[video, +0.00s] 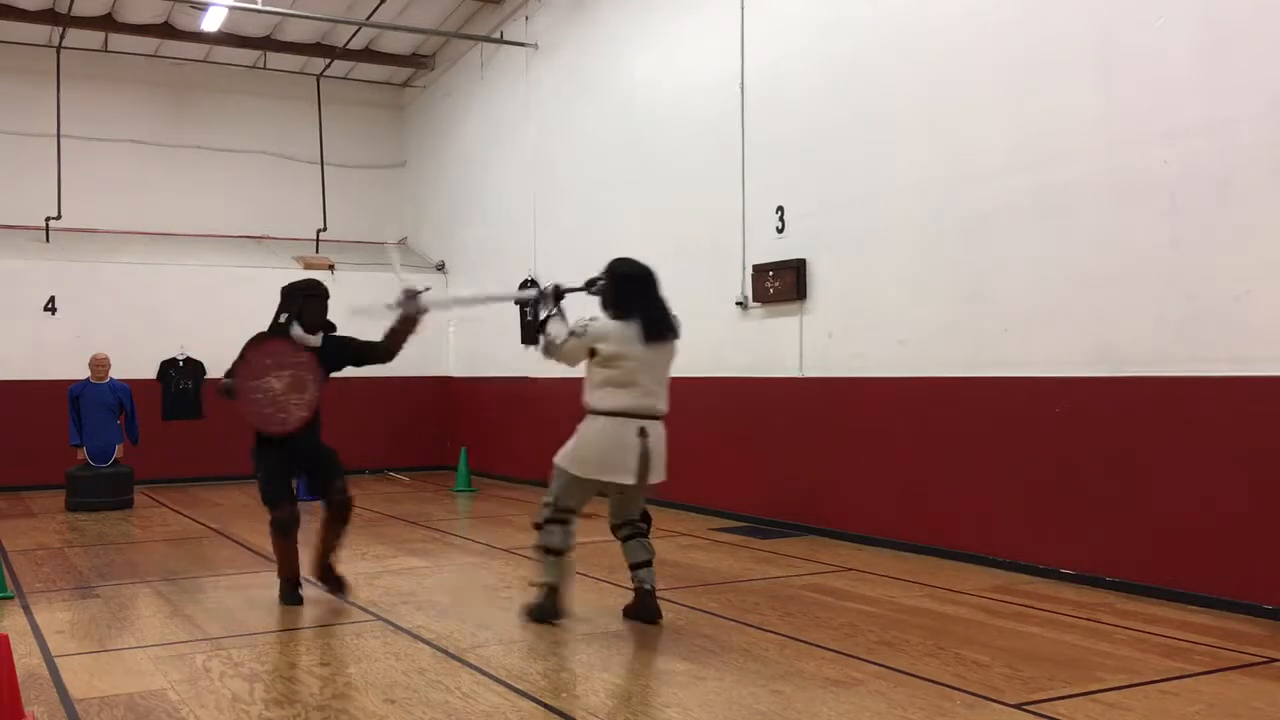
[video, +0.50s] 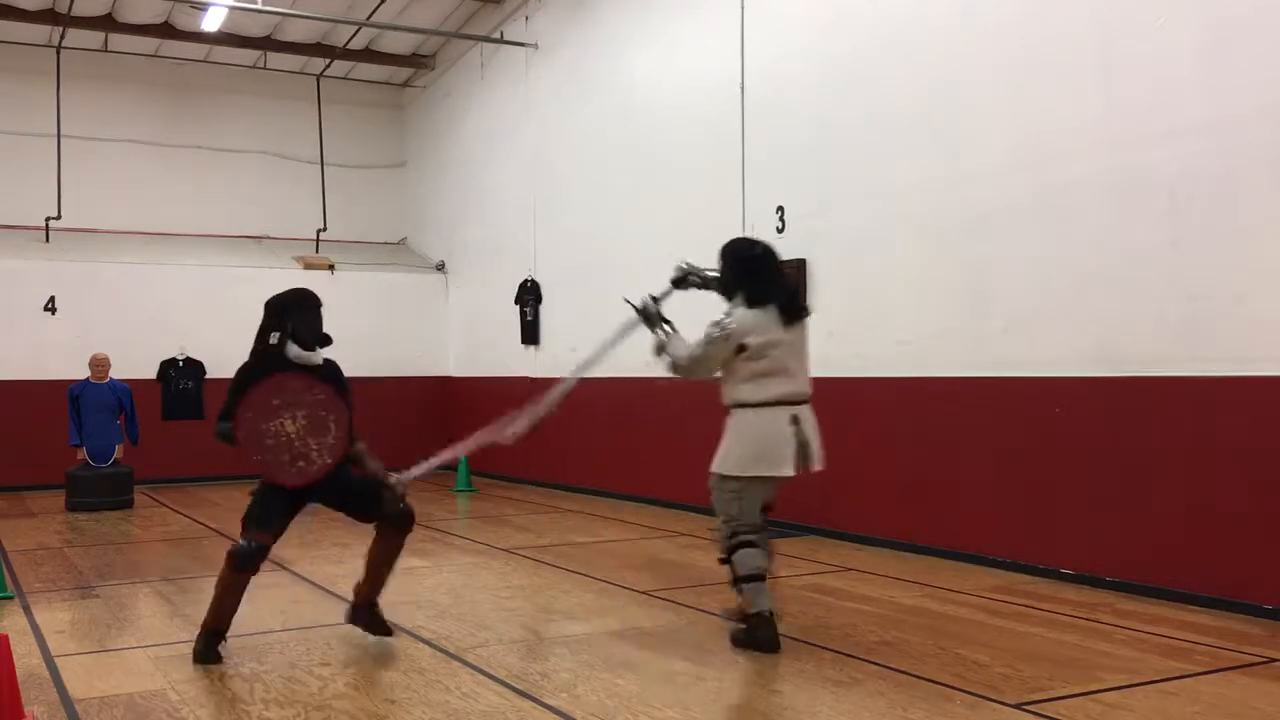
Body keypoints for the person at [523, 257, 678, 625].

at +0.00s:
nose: (603, 291)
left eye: (608, 285)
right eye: (605, 284)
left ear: (616, 292)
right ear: (648, 290)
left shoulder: (602, 330)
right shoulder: (666, 332)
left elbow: (561, 348)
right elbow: (645, 314)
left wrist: (551, 308)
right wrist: (613, 290)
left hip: (602, 434)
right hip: (649, 437)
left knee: (559, 512)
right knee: (629, 518)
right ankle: (646, 597)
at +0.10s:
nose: (629, 288)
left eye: (632, 282)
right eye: (628, 280)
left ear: (640, 289)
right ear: (675, 286)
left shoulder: (627, 328)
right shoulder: (690, 330)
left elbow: (585, 343)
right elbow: (663, 314)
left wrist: (576, 306)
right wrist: (635, 288)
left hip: (627, 432)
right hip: (673, 435)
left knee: (591, 514)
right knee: (641, 517)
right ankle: (648, 598)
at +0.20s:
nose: (652, 291)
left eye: (655, 285)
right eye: (651, 284)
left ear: (664, 290)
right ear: (697, 286)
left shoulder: (653, 330)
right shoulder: (713, 327)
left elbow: (609, 343)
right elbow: (691, 294)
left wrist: (594, 299)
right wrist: (652, 267)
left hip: (653, 436)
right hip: (696, 436)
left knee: (633, 528)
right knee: (655, 517)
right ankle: (647, 600)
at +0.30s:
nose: (675, 290)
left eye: (677, 283)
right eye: (674, 282)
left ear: (687, 288)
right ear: (719, 283)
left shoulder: (680, 331)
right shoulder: (740, 323)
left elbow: (631, 345)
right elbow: (719, 288)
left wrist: (615, 304)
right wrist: (677, 265)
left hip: (687, 436)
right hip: (728, 434)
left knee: (688, 531)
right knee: (676, 523)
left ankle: (743, 606)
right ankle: (655, 598)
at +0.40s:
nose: (695, 289)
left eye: (698, 282)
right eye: (693, 282)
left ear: (708, 286)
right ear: (743, 279)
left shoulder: (706, 331)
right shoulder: (765, 319)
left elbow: (656, 351)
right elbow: (733, 287)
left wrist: (632, 308)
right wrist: (690, 268)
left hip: (722, 441)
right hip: (762, 438)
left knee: (731, 534)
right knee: (710, 521)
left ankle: (760, 623)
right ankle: (684, 595)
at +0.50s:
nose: (722, 279)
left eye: (725, 273)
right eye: (720, 272)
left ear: (736, 278)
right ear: (772, 271)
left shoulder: (737, 325)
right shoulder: (792, 313)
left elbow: (692, 361)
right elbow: (753, 293)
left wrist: (660, 327)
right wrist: (708, 281)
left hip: (753, 433)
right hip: (794, 430)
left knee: (738, 524)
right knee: (749, 514)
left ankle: (760, 621)